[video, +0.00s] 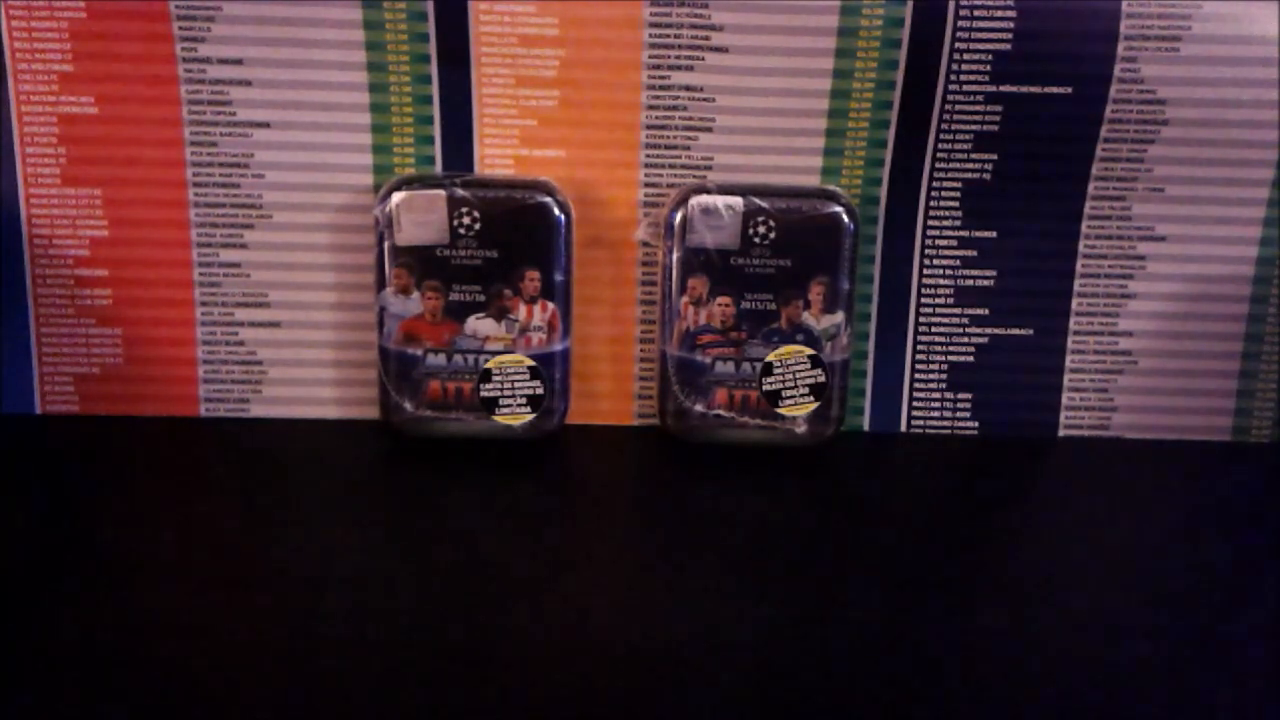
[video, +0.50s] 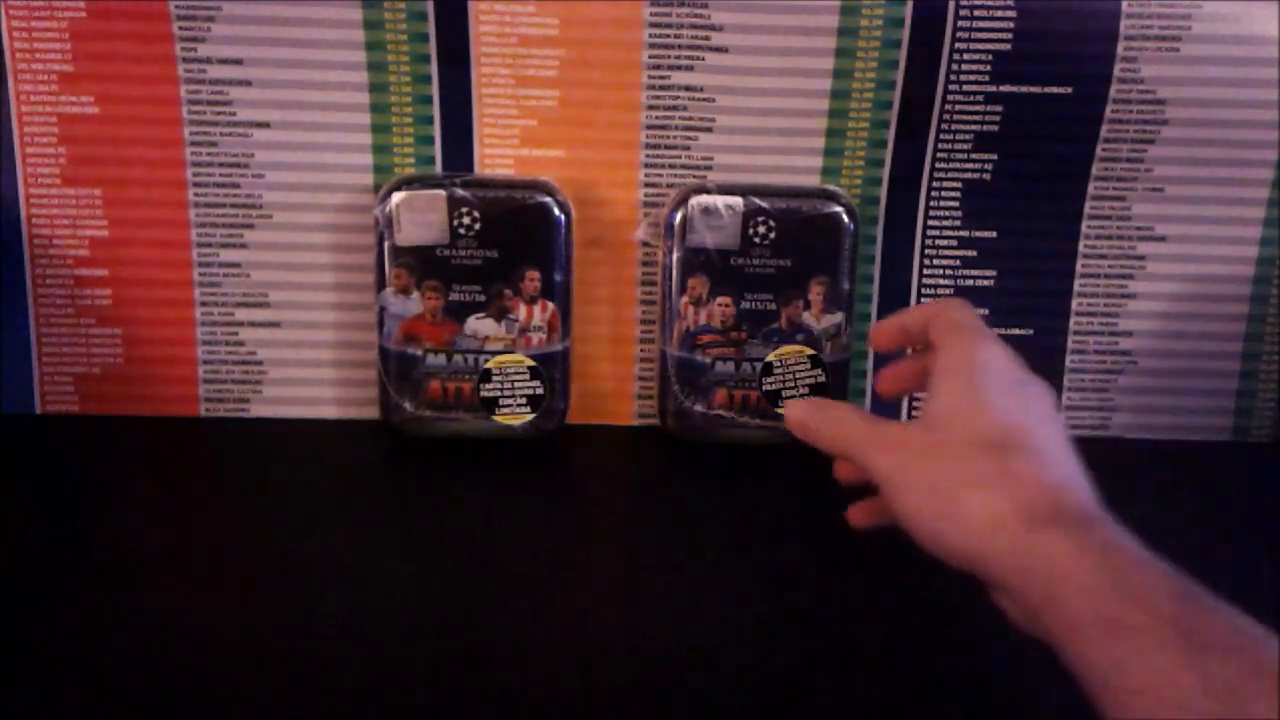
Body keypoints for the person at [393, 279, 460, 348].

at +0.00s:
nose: (433, 303)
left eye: (437, 299)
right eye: (429, 298)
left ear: (444, 301)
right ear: (422, 301)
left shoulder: (454, 328)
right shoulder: (408, 325)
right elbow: (395, 348)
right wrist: (421, 346)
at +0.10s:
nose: (433, 303)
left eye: (437, 299)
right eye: (429, 298)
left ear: (444, 301)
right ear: (422, 301)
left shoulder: (454, 328)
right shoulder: (407, 326)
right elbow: (395, 349)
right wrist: (420, 346)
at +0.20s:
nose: (433, 303)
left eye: (437, 299)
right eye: (429, 299)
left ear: (444, 301)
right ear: (422, 301)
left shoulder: (454, 328)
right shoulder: (408, 326)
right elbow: (395, 347)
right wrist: (420, 346)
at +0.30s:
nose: (433, 303)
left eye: (437, 299)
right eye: (429, 299)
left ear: (444, 302)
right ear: (422, 301)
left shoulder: (454, 328)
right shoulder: (408, 326)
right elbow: (395, 348)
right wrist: (420, 347)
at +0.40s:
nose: (433, 303)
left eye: (437, 299)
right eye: (429, 298)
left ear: (444, 301)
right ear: (422, 301)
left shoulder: (454, 328)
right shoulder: (408, 326)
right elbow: (395, 347)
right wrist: (420, 346)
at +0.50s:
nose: (433, 303)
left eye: (437, 299)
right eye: (429, 298)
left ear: (444, 301)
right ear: (422, 301)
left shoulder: (454, 328)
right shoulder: (409, 325)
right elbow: (395, 346)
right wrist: (420, 346)